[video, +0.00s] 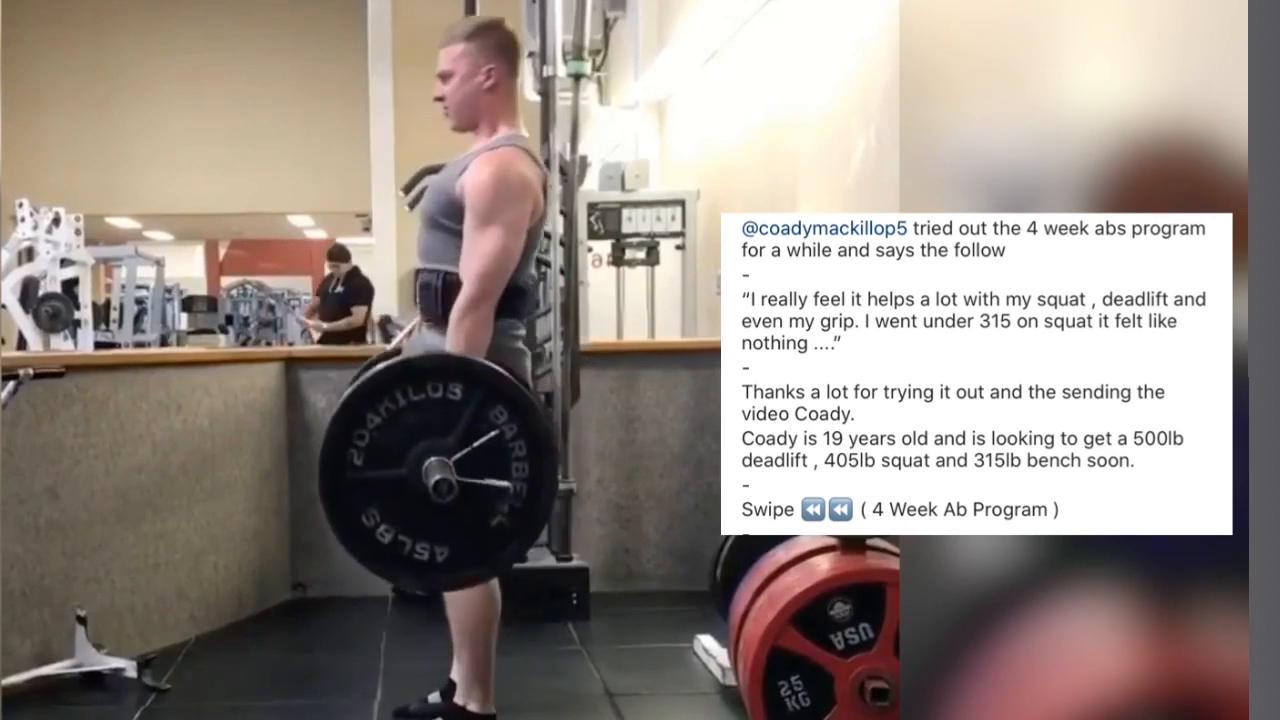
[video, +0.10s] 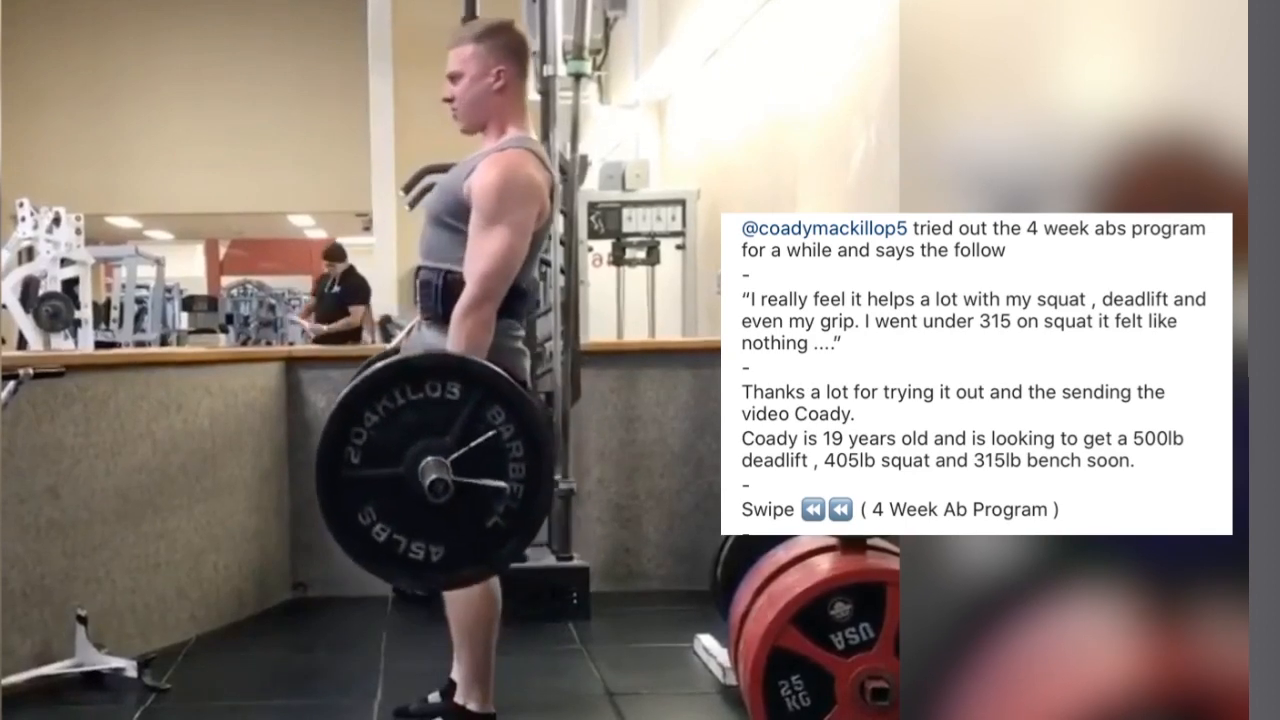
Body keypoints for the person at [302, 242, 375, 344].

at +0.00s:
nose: (332, 270)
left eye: (336, 267)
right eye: (330, 266)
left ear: (346, 263)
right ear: (327, 264)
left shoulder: (360, 283)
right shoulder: (328, 280)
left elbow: (358, 319)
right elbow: (318, 301)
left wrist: (326, 326)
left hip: (352, 343)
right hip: (327, 341)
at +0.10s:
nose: (328, 269)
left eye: (331, 266)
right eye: (326, 265)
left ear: (342, 262)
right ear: (324, 262)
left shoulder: (357, 283)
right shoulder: (323, 279)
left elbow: (356, 320)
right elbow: (314, 303)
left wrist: (326, 328)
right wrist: (302, 317)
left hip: (346, 344)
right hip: (321, 342)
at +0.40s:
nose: (313, 269)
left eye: (316, 265)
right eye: (311, 265)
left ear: (327, 261)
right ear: (309, 262)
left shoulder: (347, 282)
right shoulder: (309, 281)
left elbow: (356, 318)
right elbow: (300, 309)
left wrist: (335, 338)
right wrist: (284, 327)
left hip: (337, 349)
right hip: (309, 347)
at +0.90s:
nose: (285, 257)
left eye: (288, 252)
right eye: (280, 253)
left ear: (296, 255)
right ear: (274, 258)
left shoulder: (316, 277)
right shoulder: (268, 286)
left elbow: (336, 309)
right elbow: (260, 319)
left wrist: (340, 340)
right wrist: (251, 345)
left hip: (316, 351)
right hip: (281, 354)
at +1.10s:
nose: (280, 255)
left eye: (283, 250)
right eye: (274, 251)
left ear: (290, 255)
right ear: (267, 258)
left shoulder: (307, 278)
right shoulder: (258, 284)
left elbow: (326, 309)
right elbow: (248, 317)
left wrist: (333, 336)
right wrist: (246, 343)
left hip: (308, 350)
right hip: (274, 352)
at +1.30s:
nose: (277, 256)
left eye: (281, 251)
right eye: (272, 252)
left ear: (288, 257)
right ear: (264, 258)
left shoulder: (302, 281)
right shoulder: (255, 284)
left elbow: (318, 313)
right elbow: (242, 320)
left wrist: (324, 346)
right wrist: (239, 351)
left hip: (301, 354)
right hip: (266, 355)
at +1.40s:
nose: (277, 255)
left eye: (281, 251)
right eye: (272, 251)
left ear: (287, 256)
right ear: (263, 257)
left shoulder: (302, 282)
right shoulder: (253, 284)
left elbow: (317, 318)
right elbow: (240, 319)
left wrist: (324, 351)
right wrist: (235, 353)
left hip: (298, 355)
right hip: (263, 357)